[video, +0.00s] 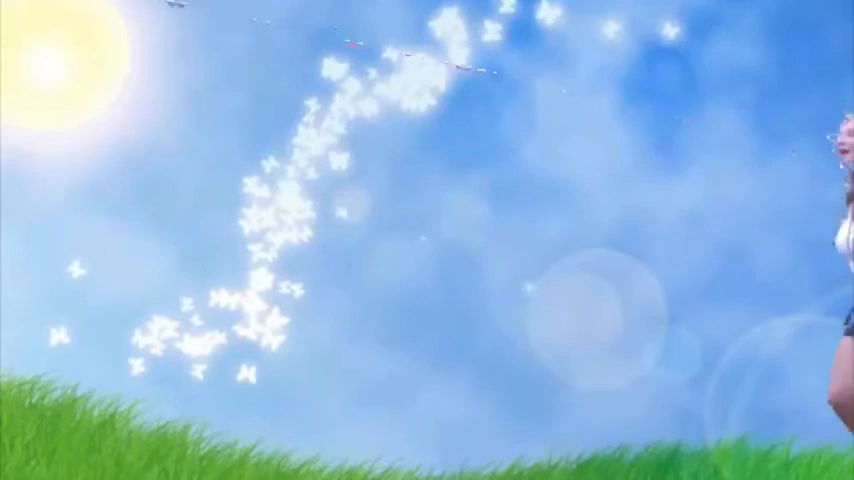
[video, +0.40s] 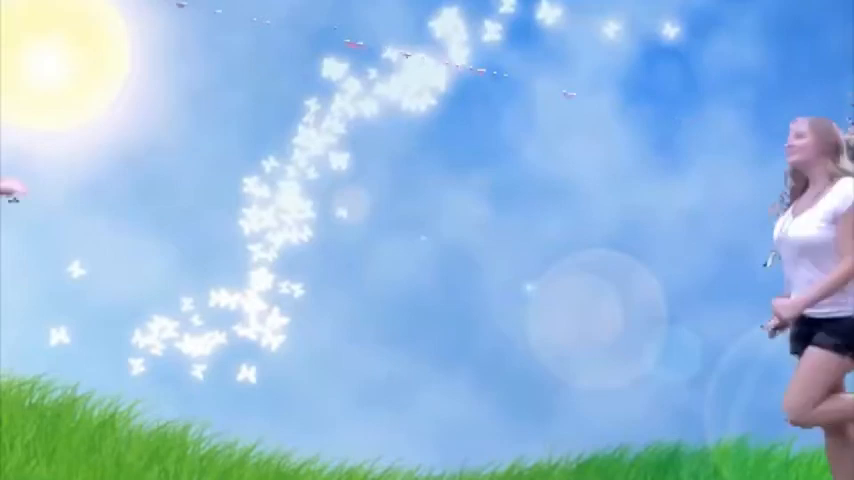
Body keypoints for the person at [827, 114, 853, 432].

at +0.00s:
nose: (843, 143)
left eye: (849, 137)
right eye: (844, 136)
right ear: (839, 144)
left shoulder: (850, 203)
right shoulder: (848, 203)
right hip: (852, 304)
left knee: (842, 393)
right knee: (840, 393)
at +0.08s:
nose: (843, 142)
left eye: (849, 136)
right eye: (844, 135)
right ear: (839, 143)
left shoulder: (850, 203)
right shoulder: (848, 202)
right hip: (852, 304)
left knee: (842, 393)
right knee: (840, 393)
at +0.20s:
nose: (821, 140)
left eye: (830, 133)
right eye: (821, 133)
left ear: (851, 142)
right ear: (821, 143)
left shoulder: (850, 194)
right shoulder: (828, 197)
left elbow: (824, 229)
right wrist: (841, 220)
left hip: (850, 309)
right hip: (842, 309)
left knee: (849, 412)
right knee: (849, 412)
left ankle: (847, 472)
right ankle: (848, 474)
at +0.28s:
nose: (800, 142)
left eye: (809, 134)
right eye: (801, 135)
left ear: (833, 141)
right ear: (809, 144)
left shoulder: (848, 178)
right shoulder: (815, 194)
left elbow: (850, 228)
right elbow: (826, 256)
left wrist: (811, 239)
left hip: (849, 312)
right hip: (821, 313)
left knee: (849, 419)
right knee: (838, 417)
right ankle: (844, 475)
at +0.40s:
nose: (789, 143)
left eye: (799, 136)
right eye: (789, 137)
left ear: (826, 145)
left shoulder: (845, 192)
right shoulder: (798, 202)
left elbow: (849, 262)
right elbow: (804, 273)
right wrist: (785, 308)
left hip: (841, 319)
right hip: (808, 321)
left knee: (798, 410)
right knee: (836, 428)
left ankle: (853, 406)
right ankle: (843, 479)